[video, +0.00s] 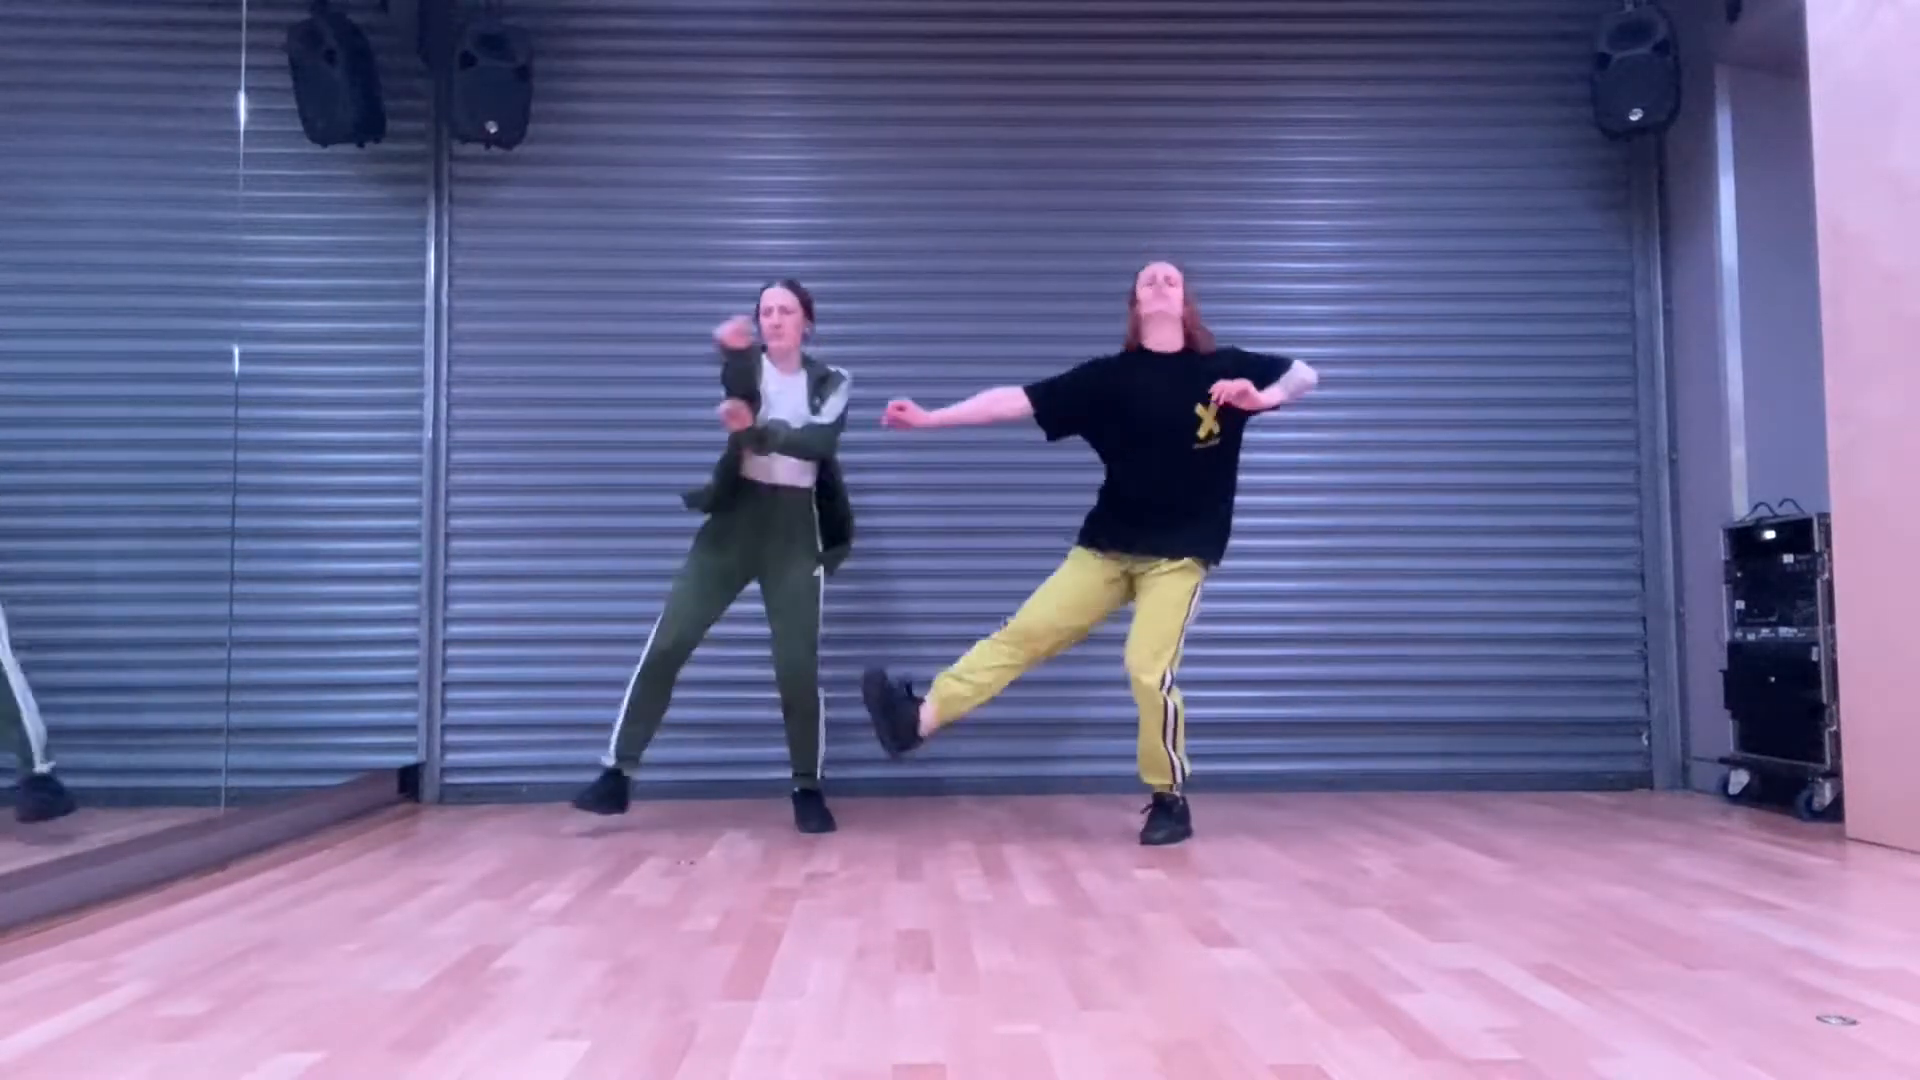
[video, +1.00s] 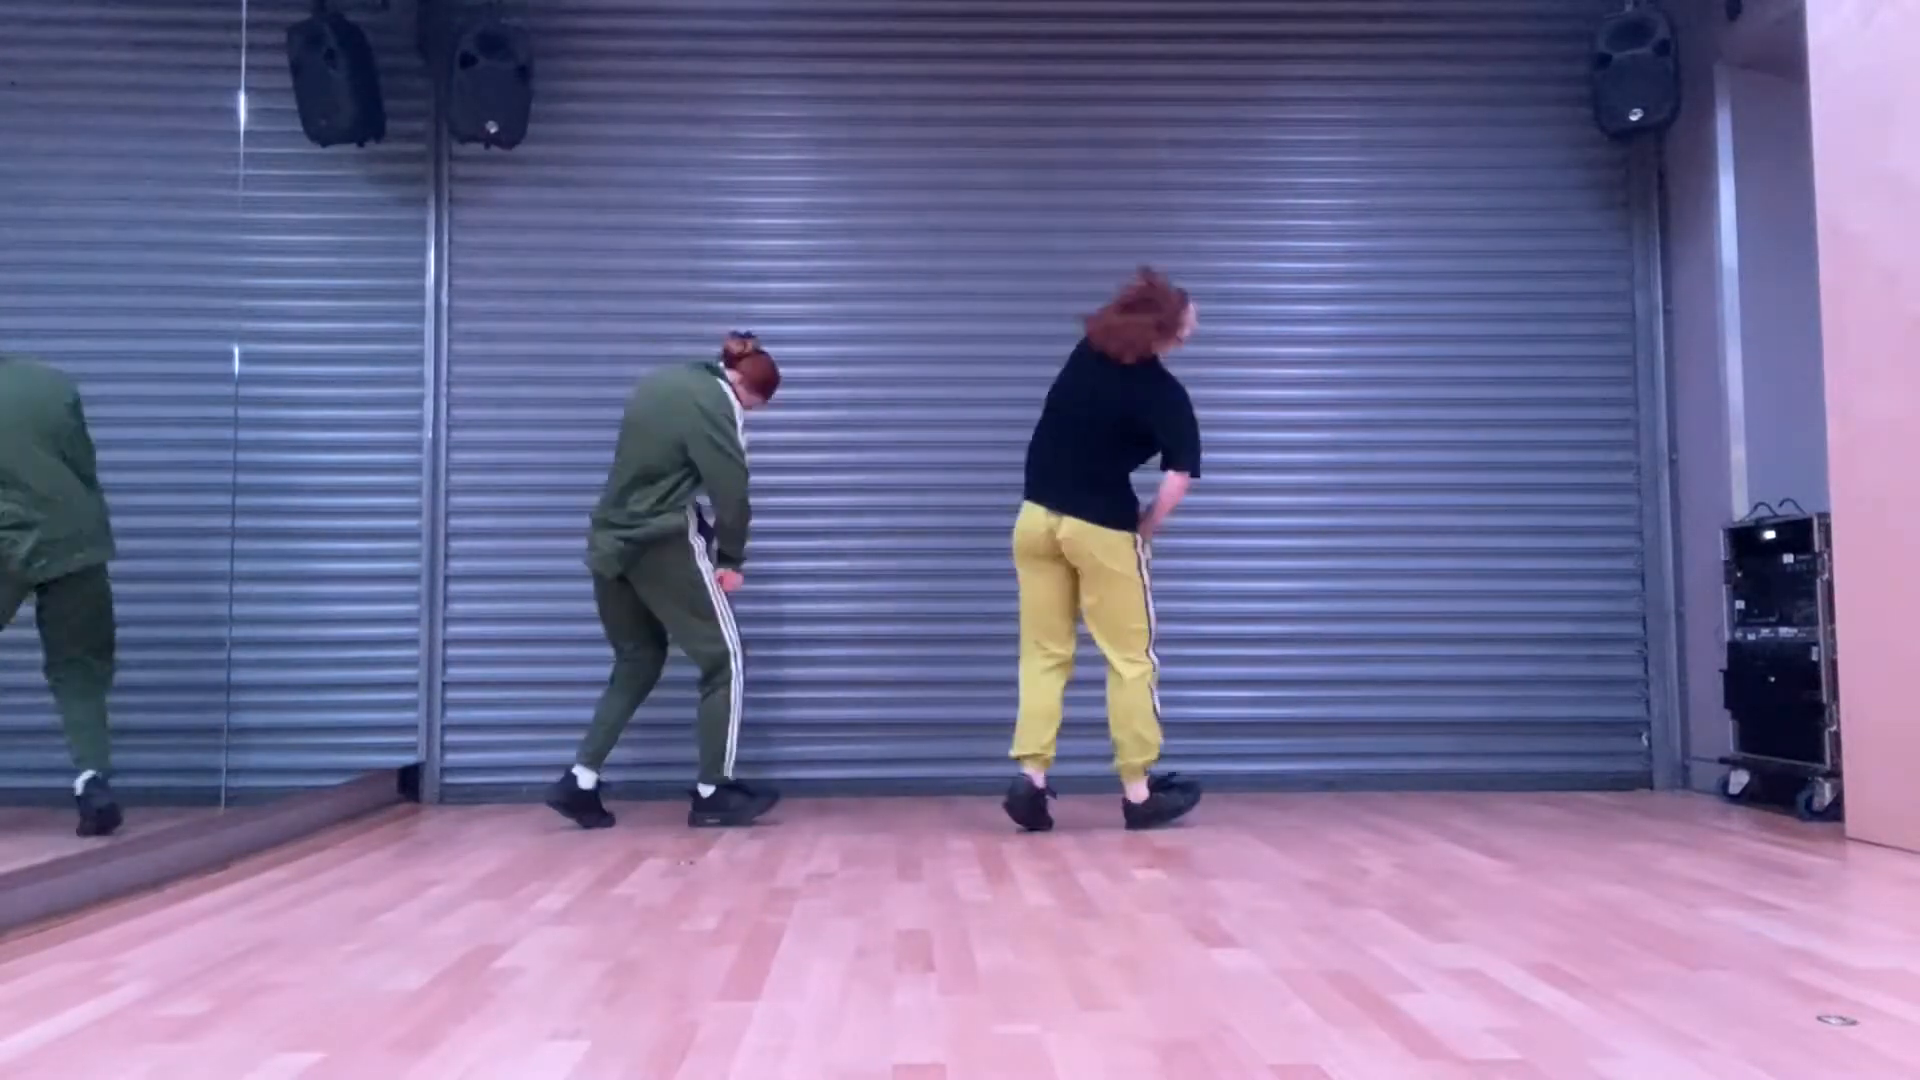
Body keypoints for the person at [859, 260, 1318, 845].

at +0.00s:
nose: (1161, 284)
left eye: (1171, 280)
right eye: (1150, 280)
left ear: (1188, 303)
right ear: (1133, 305)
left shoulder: (1226, 368)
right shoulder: (1108, 375)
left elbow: (1305, 376)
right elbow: (1019, 400)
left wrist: (1266, 395)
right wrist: (931, 418)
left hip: (1180, 553)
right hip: (1108, 545)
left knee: (1148, 669)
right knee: (1026, 634)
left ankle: (1167, 799)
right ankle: (918, 721)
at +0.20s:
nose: (1146, 271)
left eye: (1157, 264)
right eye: (1137, 263)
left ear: (1176, 279)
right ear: (1120, 279)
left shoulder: (1192, 333)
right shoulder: (1096, 335)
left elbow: (1200, 349)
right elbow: (1127, 374)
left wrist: (1115, 331)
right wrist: (1184, 364)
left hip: (1159, 507)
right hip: (1087, 505)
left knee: (1163, 616)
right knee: (1090, 631)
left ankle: (1137, 713)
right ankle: (1103, 767)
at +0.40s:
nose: (1127, 281)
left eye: (1138, 277)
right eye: (1117, 276)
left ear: (1152, 298)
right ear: (1100, 296)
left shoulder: (1168, 351)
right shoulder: (1081, 354)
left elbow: (1201, 354)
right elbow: (1092, 393)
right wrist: (1178, 381)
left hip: (1155, 539)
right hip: (1083, 537)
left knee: (1154, 661)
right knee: (1095, 656)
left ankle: (1058, 650)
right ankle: (1131, 780)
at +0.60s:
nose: (1118, 301)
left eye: (1128, 295)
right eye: (1107, 295)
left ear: (1144, 314)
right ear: (1091, 317)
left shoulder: (1176, 383)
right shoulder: (1059, 382)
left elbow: (1254, 388)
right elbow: (975, 386)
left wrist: (1314, 397)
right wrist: (1036, 376)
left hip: (1138, 555)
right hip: (1072, 549)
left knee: (1081, 673)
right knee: (1096, 671)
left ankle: (1005, 780)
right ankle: (1135, 795)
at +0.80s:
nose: (1117, 285)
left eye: (1124, 279)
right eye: (1104, 282)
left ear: (1138, 298)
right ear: (1086, 305)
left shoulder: (1153, 366)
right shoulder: (1079, 361)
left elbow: (1202, 371)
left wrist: (1251, 359)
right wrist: (1141, 373)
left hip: (1131, 544)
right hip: (1074, 538)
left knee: (1078, 664)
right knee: (1112, 655)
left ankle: (1010, 779)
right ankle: (1136, 788)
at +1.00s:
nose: (1189, 334)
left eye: (1190, 326)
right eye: (1187, 328)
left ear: (1134, 313)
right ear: (1169, 333)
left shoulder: (1088, 351)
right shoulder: (1161, 390)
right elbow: (1179, 478)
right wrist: (1148, 527)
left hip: (1035, 517)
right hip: (1101, 528)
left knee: (1043, 652)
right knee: (1129, 657)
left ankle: (1030, 782)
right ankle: (1138, 793)